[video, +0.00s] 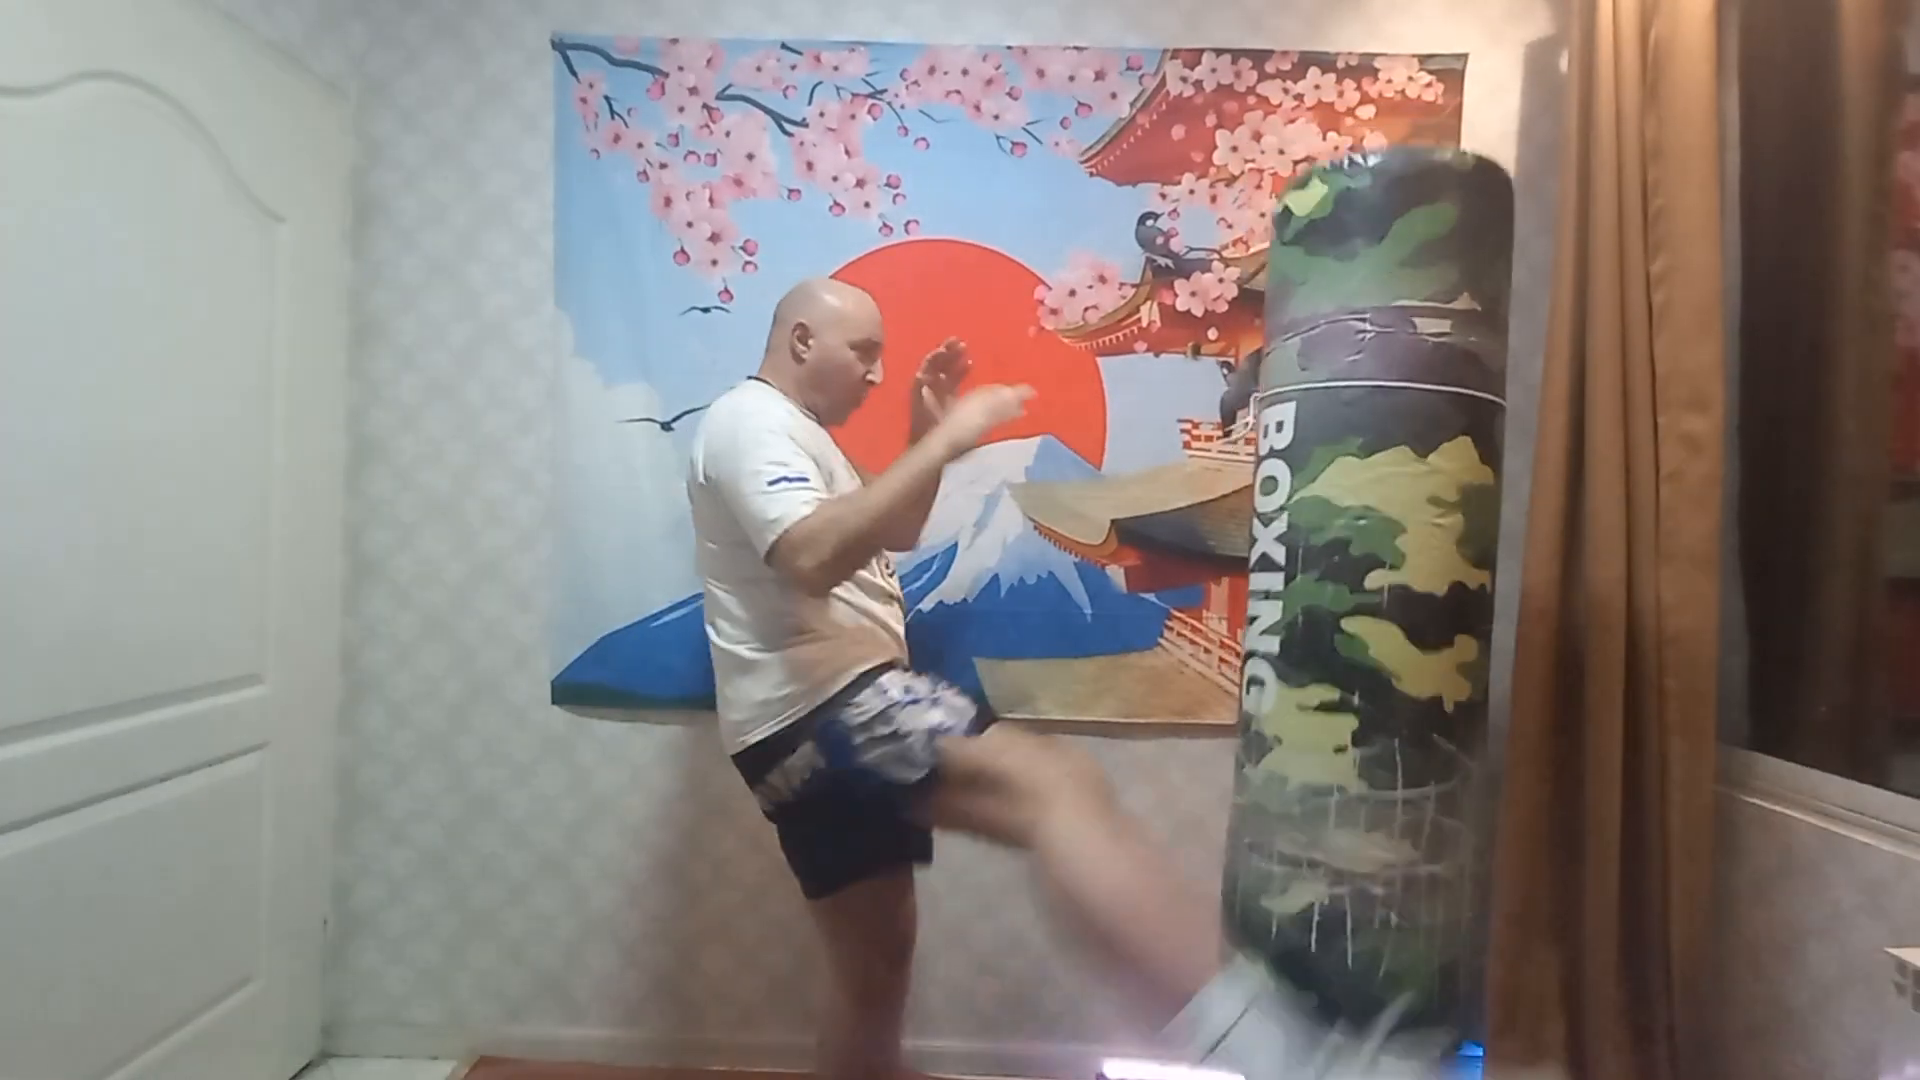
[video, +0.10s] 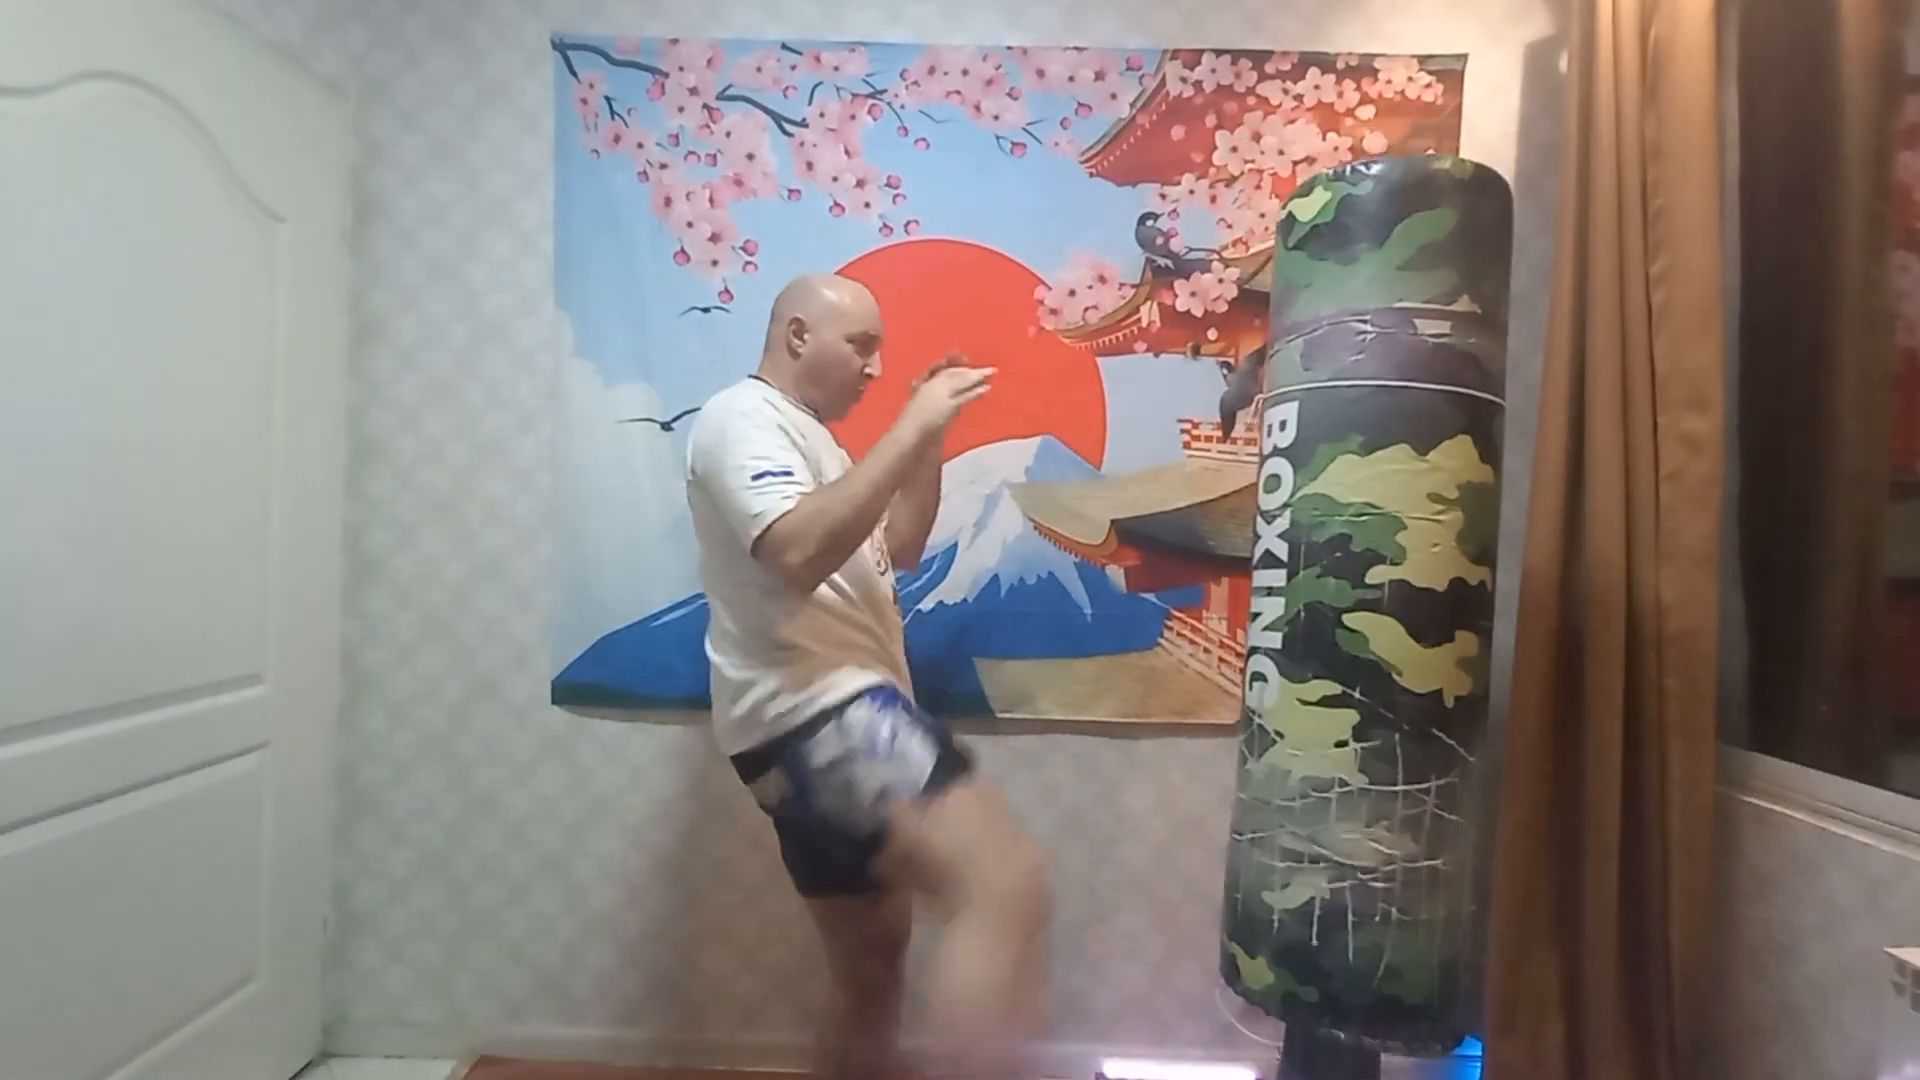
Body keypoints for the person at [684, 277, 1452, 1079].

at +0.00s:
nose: (875, 372)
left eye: (876, 355)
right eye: (863, 352)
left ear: (807, 349)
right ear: (798, 343)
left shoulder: (806, 437)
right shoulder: (746, 422)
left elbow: (878, 541)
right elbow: (806, 550)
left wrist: (925, 439)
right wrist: (942, 443)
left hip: (832, 709)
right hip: (824, 709)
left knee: (871, 971)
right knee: (1056, 785)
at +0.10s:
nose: (871, 365)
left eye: (875, 350)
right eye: (860, 345)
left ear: (801, 342)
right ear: (797, 336)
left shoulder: (817, 441)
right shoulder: (739, 417)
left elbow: (895, 549)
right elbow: (793, 549)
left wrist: (926, 445)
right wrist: (914, 426)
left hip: (847, 703)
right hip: (813, 709)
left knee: (868, 967)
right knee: (1004, 881)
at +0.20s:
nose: (868, 360)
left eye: (871, 343)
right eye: (853, 338)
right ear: (786, 333)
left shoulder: (827, 449)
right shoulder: (727, 421)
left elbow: (892, 565)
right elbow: (777, 561)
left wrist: (922, 460)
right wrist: (884, 428)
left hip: (867, 731)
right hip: (795, 738)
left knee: (887, 996)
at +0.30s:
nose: (853, 352)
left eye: (857, 335)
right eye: (836, 330)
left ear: (787, 333)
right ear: (770, 327)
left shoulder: (834, 442)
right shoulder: (699, 421)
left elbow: (901, 563)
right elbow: (741, 559)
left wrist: (916, 458)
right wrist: (844, 421)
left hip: (864, 766)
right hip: (745, 783)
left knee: (865, 985)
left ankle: (861, 1063)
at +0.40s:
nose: (829, 344)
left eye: (833, 326)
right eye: (810, 322)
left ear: (832, 334)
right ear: (740, 320)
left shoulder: (828, 440)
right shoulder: (654, 419)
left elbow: (910, 556)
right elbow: (658, 569)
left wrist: (898, 443)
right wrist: (796, 441)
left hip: (837, 770)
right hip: (684, 788)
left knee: (889, 968)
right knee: (599, 1028)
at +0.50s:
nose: (804, 339)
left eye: (810, 322)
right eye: (784, 317)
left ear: (814, 335)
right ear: (713, 317)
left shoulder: (826, 439)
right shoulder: (613, 419)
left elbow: (928, 543)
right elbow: (557, 577)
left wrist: (893, 418)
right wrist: (727, 484)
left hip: (803, 790)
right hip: (640, 799)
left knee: (875, 1001)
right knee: (587, 1034)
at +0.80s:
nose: (816, 346)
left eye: (819, 327)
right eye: (797, 324)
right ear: (724, 325)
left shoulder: (826, 454)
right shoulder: (632, 418)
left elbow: (863, 584)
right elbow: (628, 559)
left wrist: (912, 515)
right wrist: (781, 450)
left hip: (794, 774)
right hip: (651, 789)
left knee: (878, 959)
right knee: (593, 1027)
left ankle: (854, 1072)